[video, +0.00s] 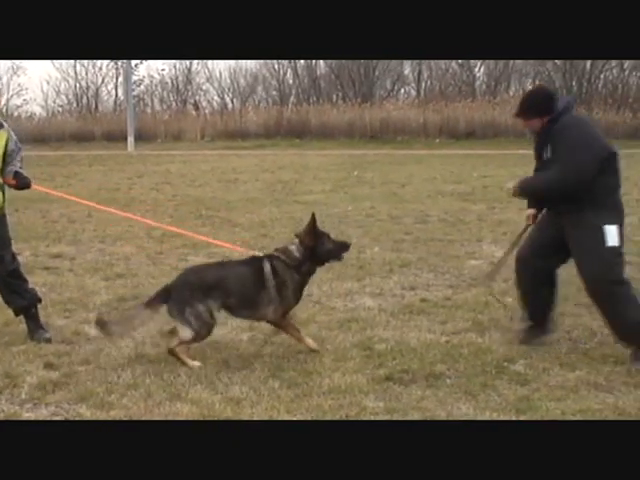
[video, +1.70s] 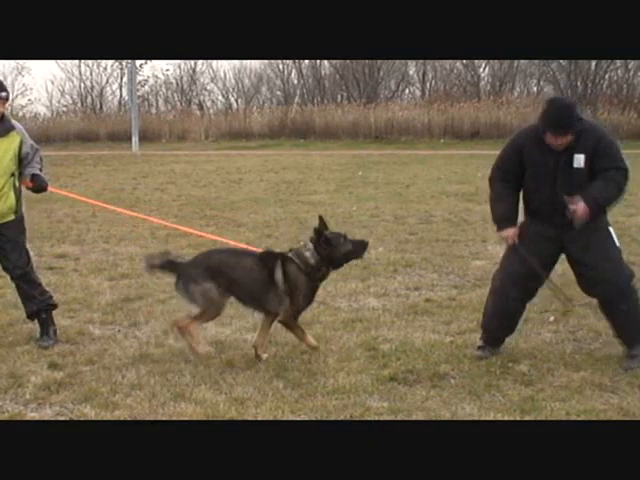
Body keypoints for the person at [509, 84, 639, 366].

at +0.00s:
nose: (526, 126)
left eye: (528, 121)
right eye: (525, 121)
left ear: (543, 117)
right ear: (541, 117)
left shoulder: (575, 132)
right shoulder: (549, 134)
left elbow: (570, 178)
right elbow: (546, 171)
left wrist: (527, 186)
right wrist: (536, 205)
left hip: (594, 217)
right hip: (561, 215)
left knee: (604, 281)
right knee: (530, 260)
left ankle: (636, 340)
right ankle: (538, 324)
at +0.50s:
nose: (528, 136)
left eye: (532, 129)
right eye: (526, 130)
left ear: (552, 123)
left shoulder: (593, 139)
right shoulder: (532, 143)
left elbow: (603, 185)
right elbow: (525, 179)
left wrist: (563, 210)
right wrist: (523, 215)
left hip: (596, 221)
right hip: (554, 220)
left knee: (609, 287)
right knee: (522, 268)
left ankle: (634, 352)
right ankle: (516, 324)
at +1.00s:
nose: (555, 134)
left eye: (561, 129)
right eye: (552, 128)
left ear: (578, 124)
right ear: (547, 121)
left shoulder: (605, 140)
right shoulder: (536, 135)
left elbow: (616, 182)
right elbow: (517, 170)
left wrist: (570, 203)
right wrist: (513, 210)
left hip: (595, 224)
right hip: (549, 222)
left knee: (611, 285)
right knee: (519, 275)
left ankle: (632, 352)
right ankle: (502, 338)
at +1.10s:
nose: (569, 128)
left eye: (576, 123)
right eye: (566, 122)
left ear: (593, 121)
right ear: (562, 115)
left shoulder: (616, 144)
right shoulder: (545, 133)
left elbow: (632, 188)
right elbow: (520, 164)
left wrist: (605, 217)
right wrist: (509, 204)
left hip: (594, 225)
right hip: (549, 220)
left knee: (611, 287)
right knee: (518, 270)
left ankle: (632, 353)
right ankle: (500, 335)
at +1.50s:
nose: (542, 123)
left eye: (549, 119)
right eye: (540, 117)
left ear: (567, 116)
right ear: (536, 113)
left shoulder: (592, 134)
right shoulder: (523, 135)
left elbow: (617, 171)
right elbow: (497, 172)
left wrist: (600, 204)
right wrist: (493, 217)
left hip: (580, 225)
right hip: (532, 224)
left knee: (604, 284)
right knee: (508, 280)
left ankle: (620, 345)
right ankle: (493, 341)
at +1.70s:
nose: (557, 142)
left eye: (563, 137)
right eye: (552, 136)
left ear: (574, 129)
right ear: (543, 128)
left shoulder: (593, 139)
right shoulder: (525, 142)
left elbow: (616, 175)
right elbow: (502, 178)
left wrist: (589, 202)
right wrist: (505, 222)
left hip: (587, 230)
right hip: (539, 229)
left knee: (615, 284)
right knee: (509, 283)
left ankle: (634, 345)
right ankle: (490, 341)